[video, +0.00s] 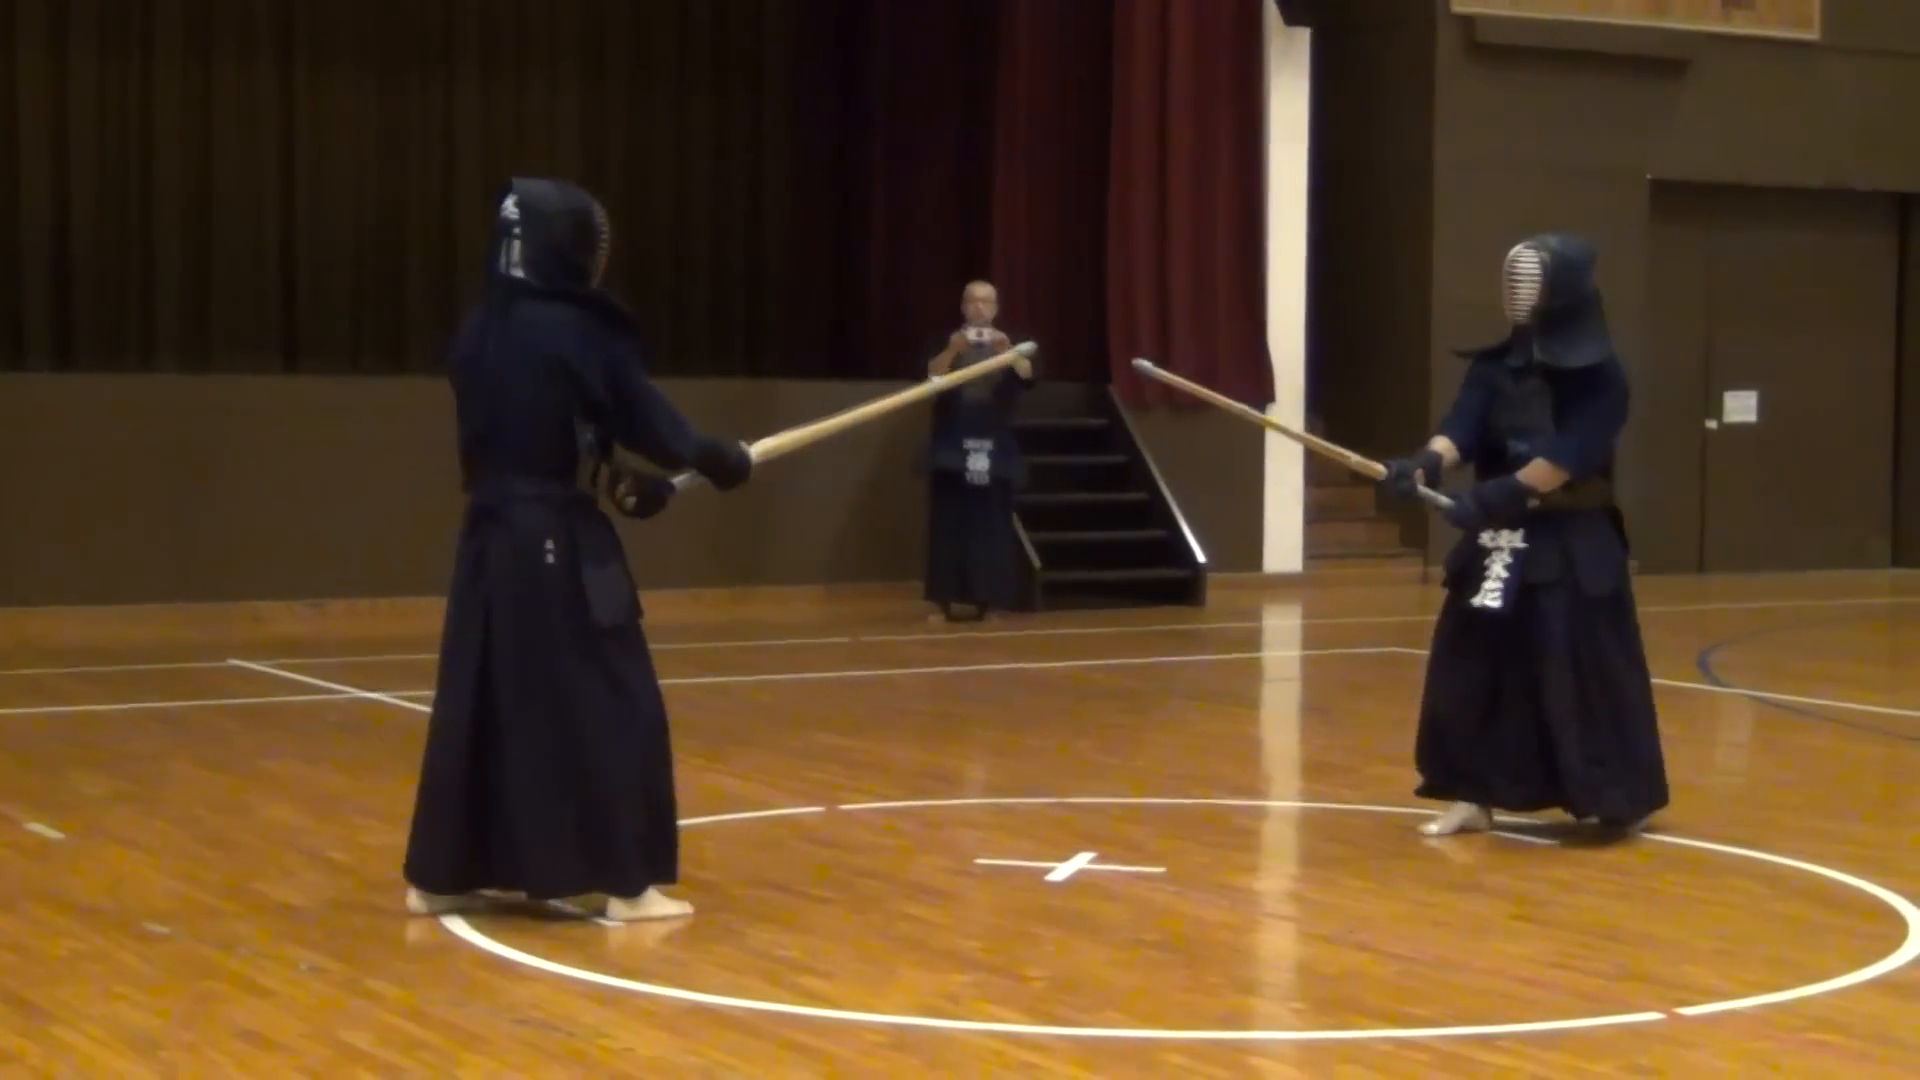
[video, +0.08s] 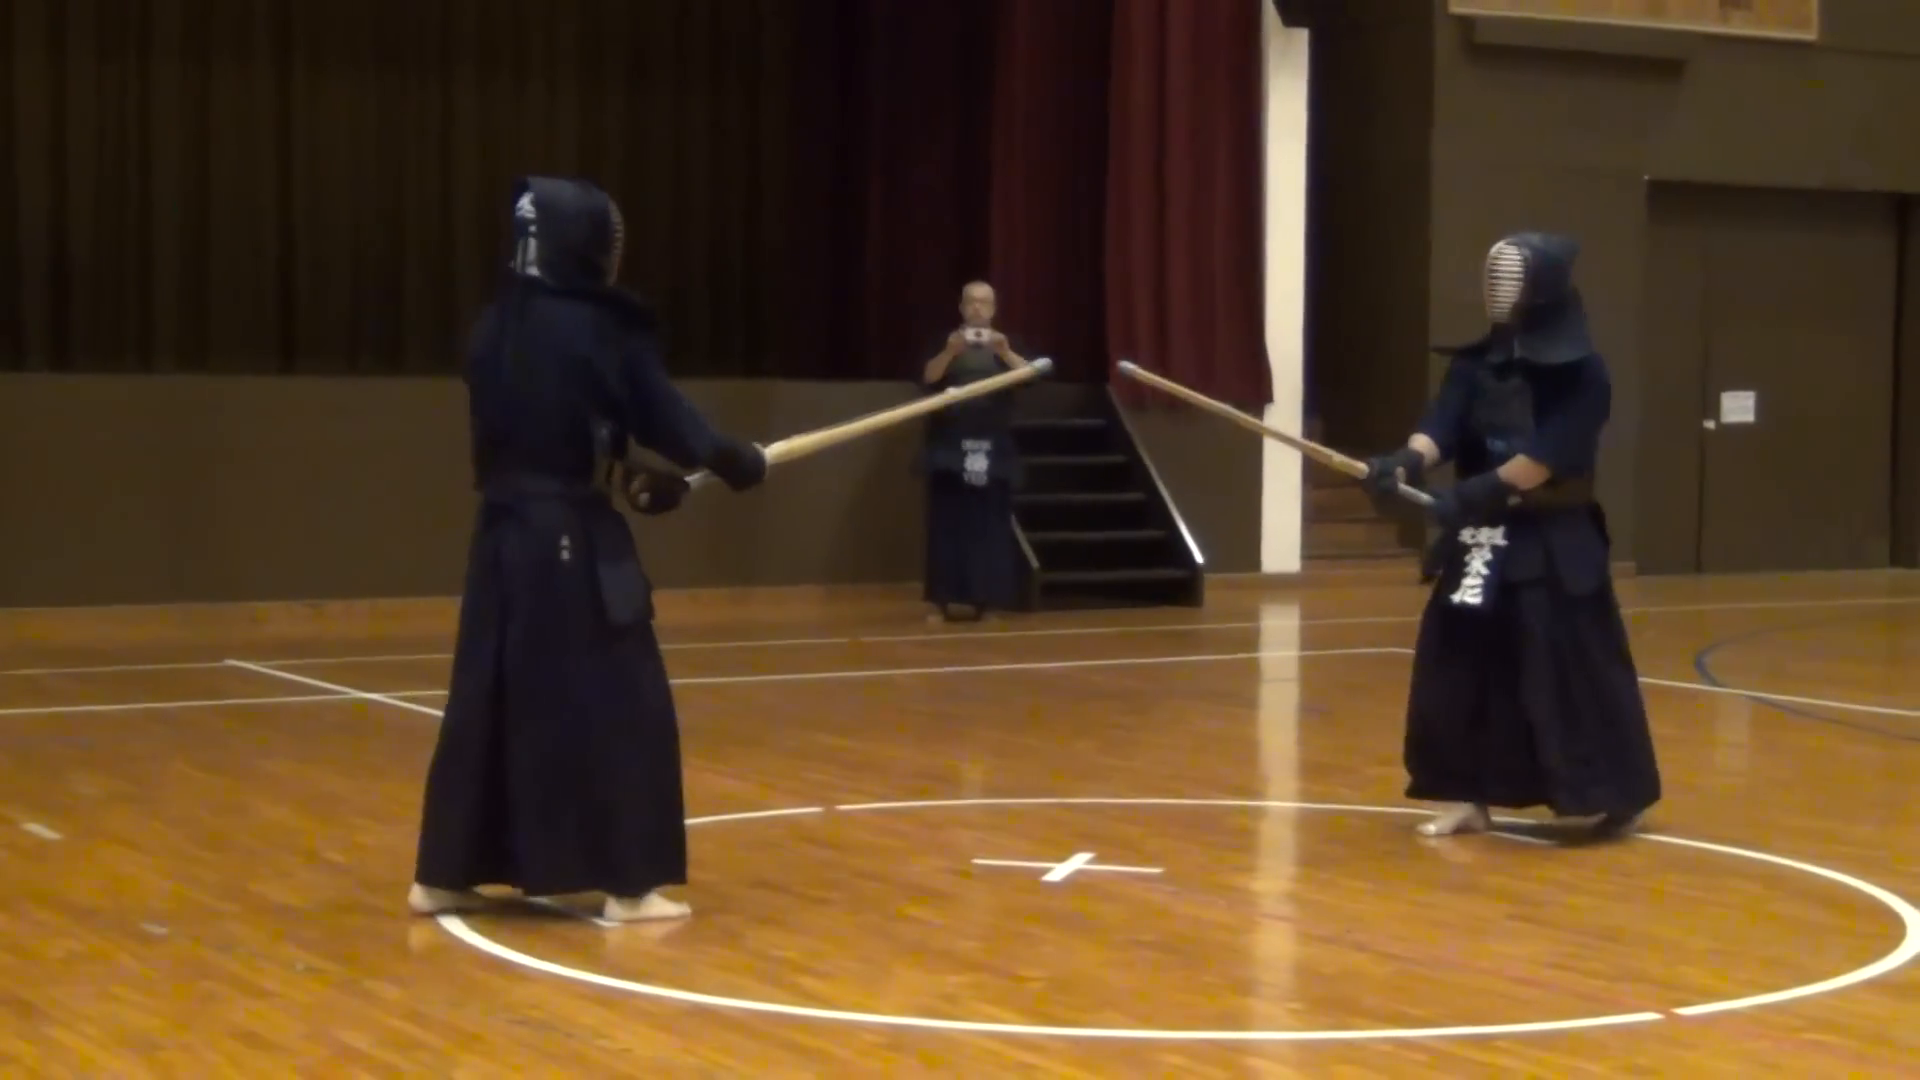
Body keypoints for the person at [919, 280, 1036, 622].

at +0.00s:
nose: (979, 308)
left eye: (986, 302)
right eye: (973, 302)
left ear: (997, 307)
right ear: (963, 306)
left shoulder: (1007, 348)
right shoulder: (947, 344)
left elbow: (1027, 376)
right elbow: (930, 375)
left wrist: (1002, 348)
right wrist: (954, 349)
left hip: (993, 441)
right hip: (952, 440)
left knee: (990, 516)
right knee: (950, 516)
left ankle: (989, 598)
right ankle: (947, 596)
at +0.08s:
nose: (978, 308)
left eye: (985, 303)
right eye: (972, 302)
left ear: (994, 308)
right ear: (962, 307)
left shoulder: (1004, 347)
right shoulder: (948, 345)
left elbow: (1031, 376)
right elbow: (927, 379)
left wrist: (1003, 351)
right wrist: (951, 351)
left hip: (992, 442)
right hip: (950, 441)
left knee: (990, 518)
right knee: (947, 518)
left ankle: (988, 600)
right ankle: (941, 598)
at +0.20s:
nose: (975, 310)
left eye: (981, 304)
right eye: (969, 303)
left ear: (991, 309)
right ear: (958, 308)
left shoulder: (1001, 347)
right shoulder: (944, 345)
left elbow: (1026, 379)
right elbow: (924, 380)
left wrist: (1001, 353)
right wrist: (948, 352)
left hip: (989, 443)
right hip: (948, 442)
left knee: (986, 519)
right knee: (945, 519)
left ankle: (983, 600)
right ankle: (941, 598)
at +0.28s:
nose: (972, 310)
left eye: (979, 304)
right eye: (966, 303)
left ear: (989, 309)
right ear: (955, 308)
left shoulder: (1001, 346)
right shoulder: (941, 345)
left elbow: (1023, 378)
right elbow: (922, 380)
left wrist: (997, 352)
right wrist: (946, 352)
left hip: (987, 444)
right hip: (944, 443)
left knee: (985, 521)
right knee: (939, 520)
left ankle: (985, 604)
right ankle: (932, 602)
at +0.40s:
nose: (965, 311)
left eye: (972, 305)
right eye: (959, 304)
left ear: (982, 309)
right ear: (949, 308)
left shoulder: (995, 347)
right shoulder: (934, 345)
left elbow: (1019, 376)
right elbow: (916, 380)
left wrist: (990, 352)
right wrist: (940, 352)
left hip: (980, 444)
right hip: (938, 443)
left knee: (977, 521)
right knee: (935, 520)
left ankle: (976, 601)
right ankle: (930, 599)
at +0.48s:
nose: (962, 311)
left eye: (969, 305)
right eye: (956, 305)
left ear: (979, 310)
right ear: (945, 309)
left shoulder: (990, 349)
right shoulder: (931, 347)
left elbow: (1010, 376)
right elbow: (912, 381)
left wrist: (983, 348)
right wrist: (935, 353)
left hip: (976, 444)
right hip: (933, 442)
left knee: (973, 520)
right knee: (930, 519)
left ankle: (971, 604)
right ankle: (923, 601)